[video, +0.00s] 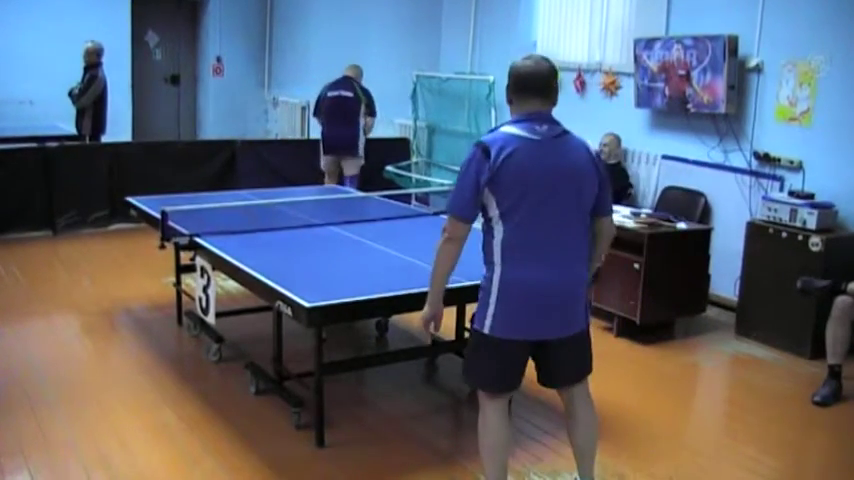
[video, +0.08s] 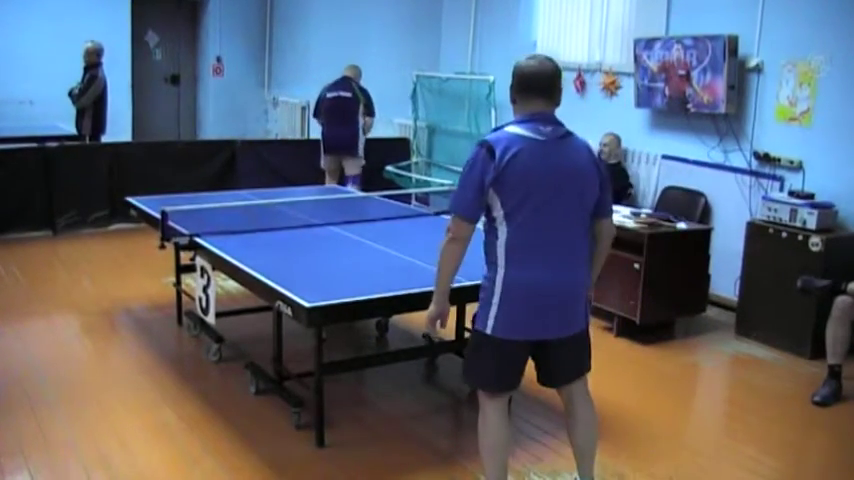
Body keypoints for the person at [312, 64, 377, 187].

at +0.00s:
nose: (360, 80)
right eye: (361, 78)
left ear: (344, 73)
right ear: (360, 77)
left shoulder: (327, 88)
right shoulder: (362, 91)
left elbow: (317, 113)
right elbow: (370, 118)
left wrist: (328, 126)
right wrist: (364, 134)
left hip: (328, 141)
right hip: (352, 141)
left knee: (329, 179)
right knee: (350, 183)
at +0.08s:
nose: (359, 80)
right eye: (359, 78)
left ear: (344, 74)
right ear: (358, 77)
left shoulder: (327, 89)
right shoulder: (361, 91)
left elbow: (317, 115)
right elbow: (369, 118)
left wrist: (328, 126)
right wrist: (363, 133)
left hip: (329, 141)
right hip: (351, 141)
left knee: (330, 179)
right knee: (353, 181)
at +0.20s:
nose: (359, 79)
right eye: (359, 77)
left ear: (343, 73)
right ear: (358, 76)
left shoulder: (327, 88)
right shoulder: (361, 89)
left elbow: (318, 113)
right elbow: (368, 117)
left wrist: (329, 125)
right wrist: (361, 130)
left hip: (329, 139)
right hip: (351, 139)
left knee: (331, 174)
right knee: (360, 171)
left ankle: (328, 205)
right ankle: (349, 200)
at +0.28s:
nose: (360, 79)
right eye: (361, 77)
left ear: (345, 72)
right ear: (359, 76)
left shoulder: (329, 87)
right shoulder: (363, 89)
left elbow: (319, 112)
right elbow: (368, 118)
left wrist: (331, 124)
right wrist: (360, 129)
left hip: (330, 137)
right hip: (352, 137)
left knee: (330, 173)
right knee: (362, 167)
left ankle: (328, 205)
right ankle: (351, 195)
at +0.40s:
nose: (366, 80)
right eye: (366, 78)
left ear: (350, 73)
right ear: (364, 77)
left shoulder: (333, 85)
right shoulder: (367, 90)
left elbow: (323, 111)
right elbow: (371, 117)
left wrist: (334, 123)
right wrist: (362, 129)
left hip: (331, 136)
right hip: (354, 136)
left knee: (331, 174)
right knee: (366, 165)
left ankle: (329, 206)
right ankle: (358, 197)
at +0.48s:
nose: (372, 85)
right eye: (371, 82)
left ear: (355, 75)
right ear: (369, 80)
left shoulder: (337, 86)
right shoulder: (371, 93)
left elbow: (325, 111)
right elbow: (372, 121)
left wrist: (338, 121)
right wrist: (363, 131)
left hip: (332, 136)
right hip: (355, 138)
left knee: (331, 173)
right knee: (367, 168)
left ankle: (329, 207)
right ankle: (364, 204)